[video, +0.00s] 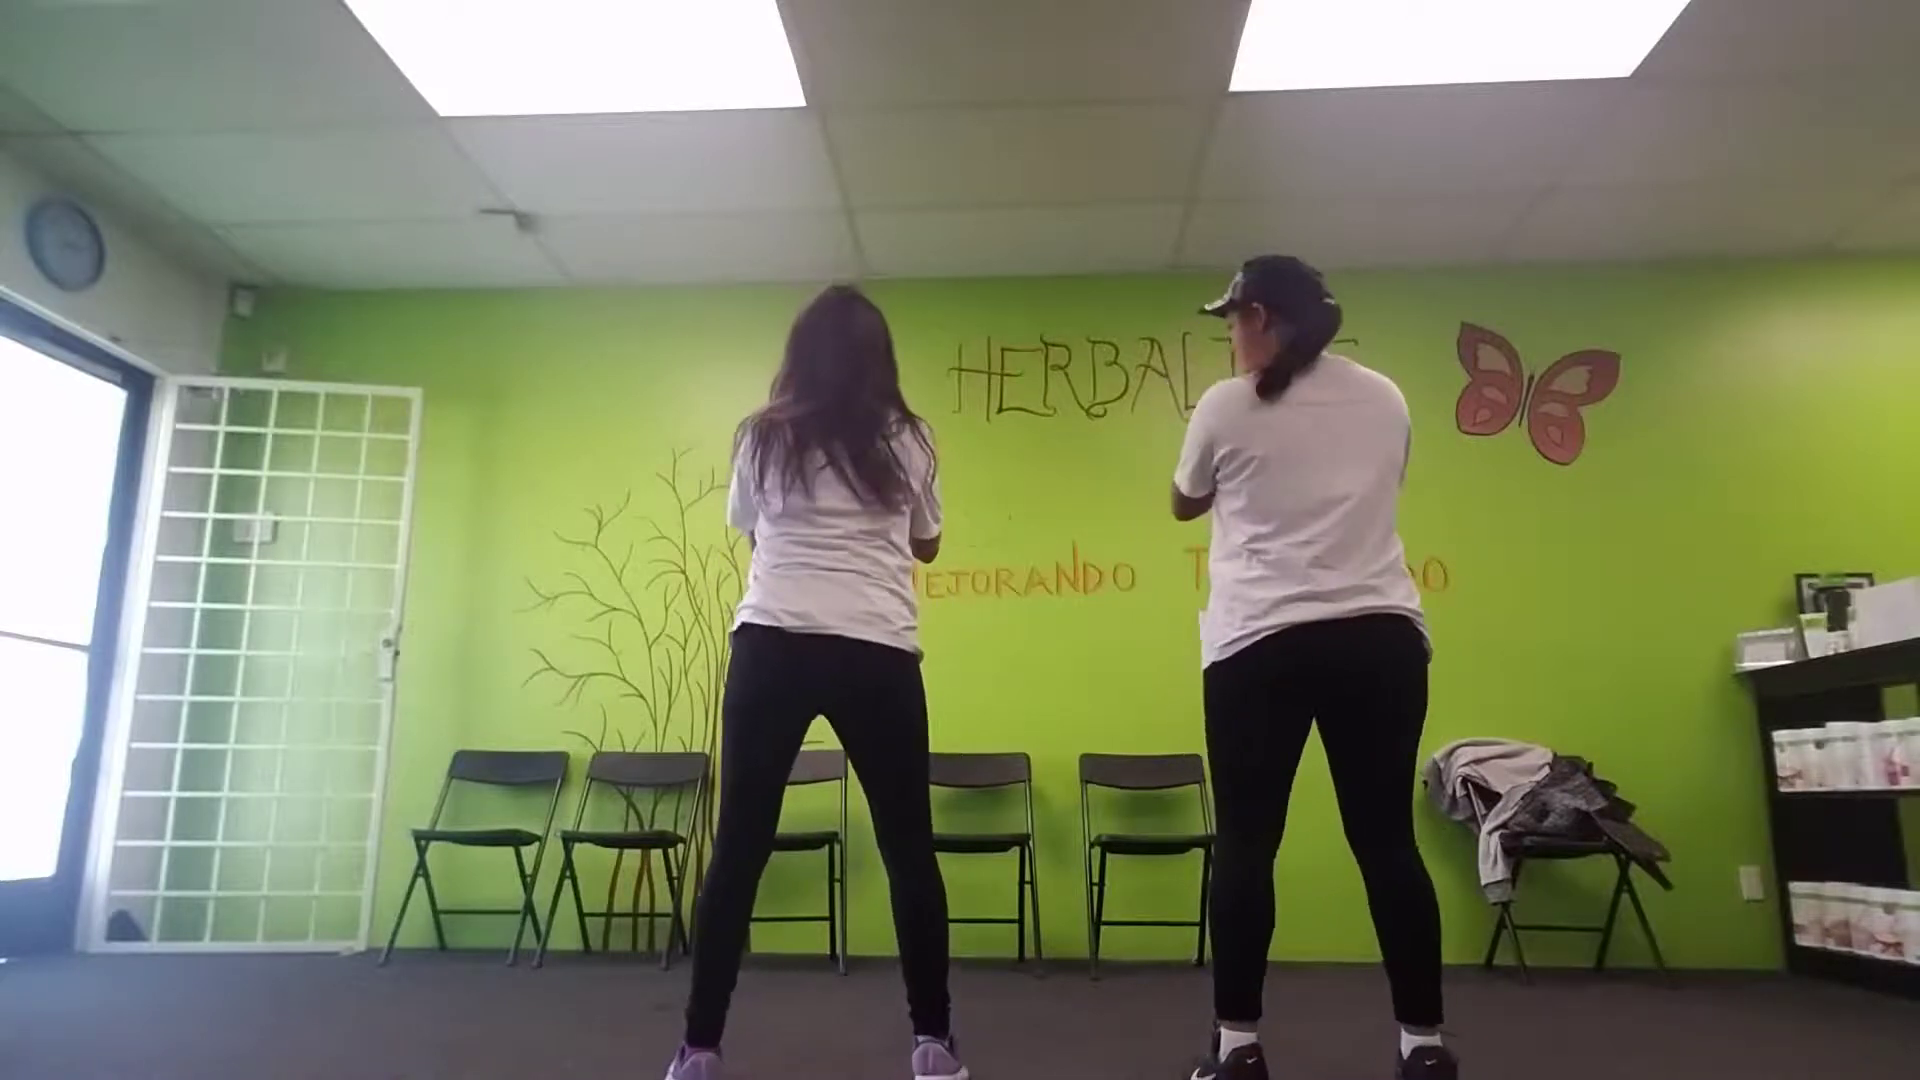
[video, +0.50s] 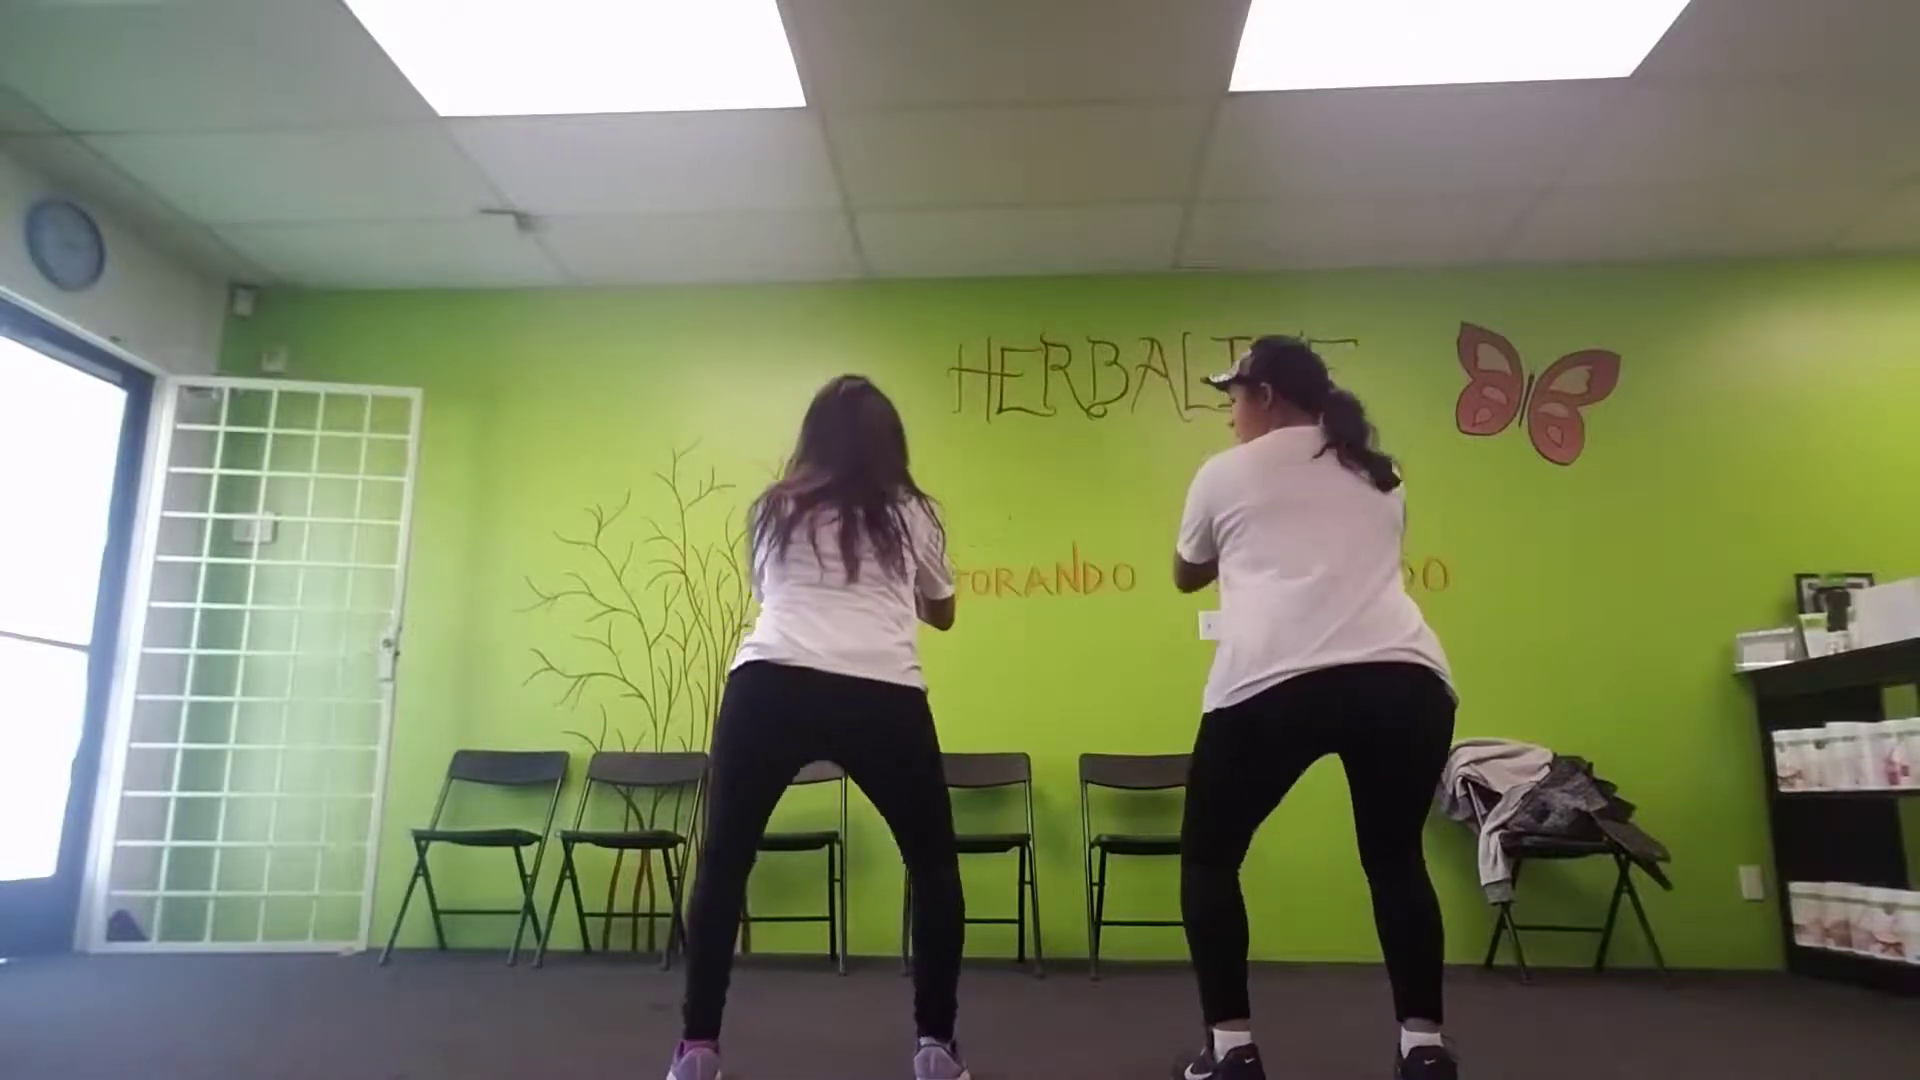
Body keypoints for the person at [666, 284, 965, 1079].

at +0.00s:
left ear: (796, 355)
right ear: (881, 358)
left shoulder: (762, 433)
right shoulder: (909, 436)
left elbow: (748, 525)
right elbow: (926, 542)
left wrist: (822, 510)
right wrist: (856, 506)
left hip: (771, 645)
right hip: (876, 650)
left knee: (738, 847)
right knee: (910, 849)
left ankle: (698, 1052)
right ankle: (933, 1049)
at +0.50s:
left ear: (810, 440)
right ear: (892, 441)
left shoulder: (774, 503)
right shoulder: (914, 509)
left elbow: (767, 590)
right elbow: (941, 613)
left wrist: (834, 572)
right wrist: (878, 567)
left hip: (771, 689)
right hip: (883, 697)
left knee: (722, 859)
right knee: (932, 861)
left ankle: (697, 1049)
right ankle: (936, 1049)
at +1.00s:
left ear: (806, 645)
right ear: (885, 649)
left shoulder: (767, 705)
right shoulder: (900, 710)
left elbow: (754, 778)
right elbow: (942, 803)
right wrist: (886, 763)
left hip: (750, 903)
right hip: (862, 908)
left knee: (703, 880)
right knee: (962, 870)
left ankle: (701, 1040)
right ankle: (937, 1042)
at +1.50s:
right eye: (888, 491)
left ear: (805, 491)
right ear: (885, 499)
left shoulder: (764, 557)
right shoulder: (904, 562)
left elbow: (751, 643)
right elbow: (959, 660)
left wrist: (816, 636)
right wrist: (891, 620)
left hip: (754, 715)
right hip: (869, 721)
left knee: (719, 866)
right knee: (935, 867)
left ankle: (698, 1048)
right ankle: (935, 1049)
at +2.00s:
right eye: (884, 323)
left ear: (803, 334)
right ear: (887, 337)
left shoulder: (762, 412)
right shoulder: (919, 412)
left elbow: (726, 520)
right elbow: (953, 519)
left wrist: (778, 571)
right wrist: (902, 575)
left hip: (786, 644)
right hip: (890, 646)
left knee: (750, 847)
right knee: (906, 851)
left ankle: (701, 1050)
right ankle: (934, 1051)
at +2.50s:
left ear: (800, 352)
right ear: (886, 355)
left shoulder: (763, 427)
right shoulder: (918, 427)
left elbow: (744, 550)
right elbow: (946, 546)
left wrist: (821, 551)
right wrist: (871, 555)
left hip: (775, 646)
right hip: (882, 647)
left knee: (742, 848)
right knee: (912, 855)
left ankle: (699, 1051)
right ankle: (935, 1053)